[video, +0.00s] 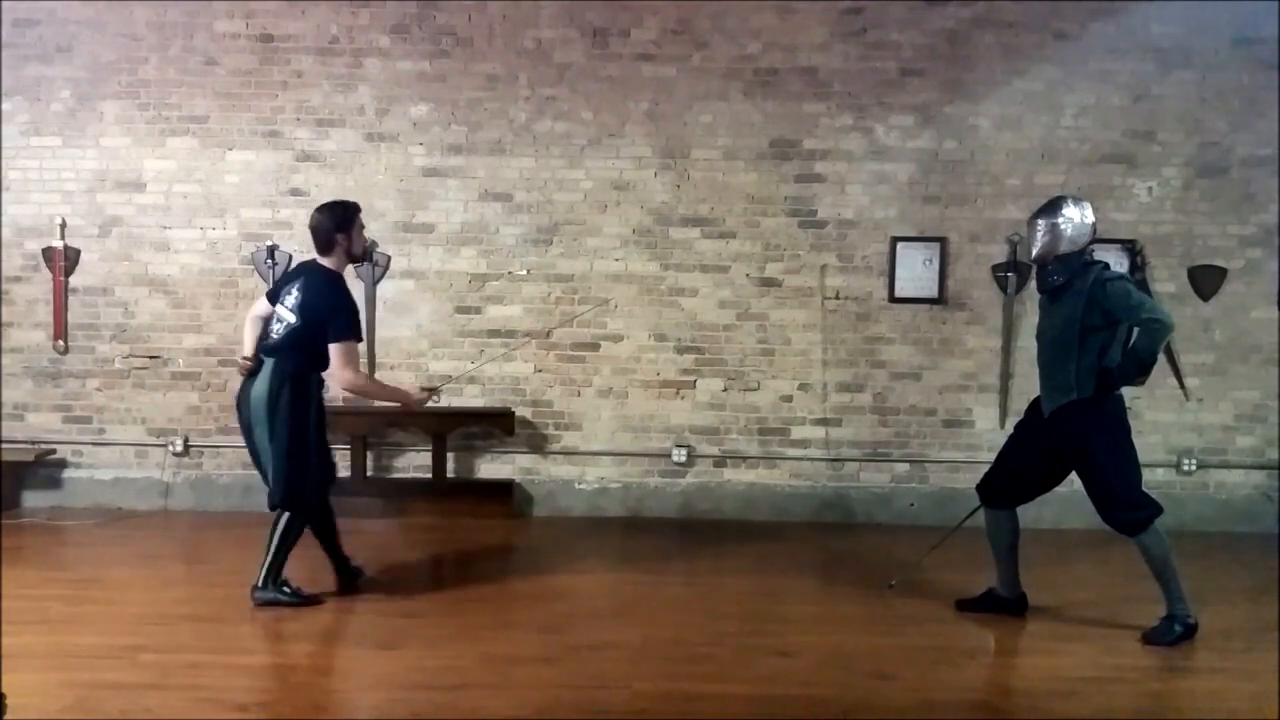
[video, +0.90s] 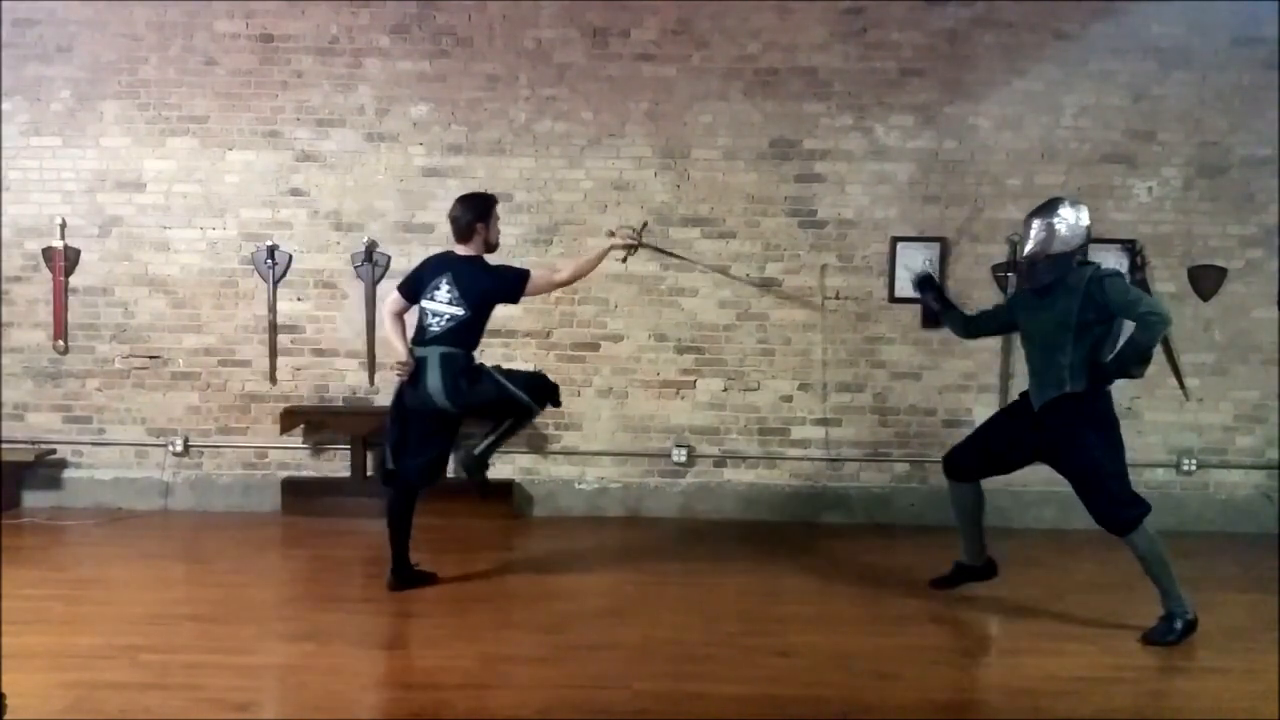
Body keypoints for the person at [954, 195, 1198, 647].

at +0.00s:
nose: (1036, 242)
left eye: (1043, 232)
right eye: (1035, 232)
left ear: (1068, 234)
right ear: (1056, 234)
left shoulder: (1101, 282)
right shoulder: (1055, 284)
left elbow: (1158, 321)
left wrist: (1127, 372)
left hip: (1095, 415)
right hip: (1052, 413)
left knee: (1130, 512)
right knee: (996, 492)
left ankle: (1180, 614)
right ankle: (1008, 593)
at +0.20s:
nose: (1036, 241)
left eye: (1045, 231)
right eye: (1036, 231)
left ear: (1070, 233)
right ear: (1054, 234)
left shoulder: (1100, 281)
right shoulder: (1057, 284)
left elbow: (1157, 321)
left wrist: (1125, 373)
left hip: (1096, 416)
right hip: (1053, 413)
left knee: (1130, 512)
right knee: (996, 492)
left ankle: (1181, 614)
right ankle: (1008, 593)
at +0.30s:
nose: (1036, 241)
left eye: (1045, 231)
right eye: (1036, 231)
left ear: (1070, 233)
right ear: (1055, 234)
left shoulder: (1100, 281)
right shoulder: (1056, 282)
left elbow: (1157, 321)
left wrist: (1126, 372)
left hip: (1095, 416)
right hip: (1053, 413)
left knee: (1131, 512)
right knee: (996, 492)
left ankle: (1181, 614)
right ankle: (1008, 593)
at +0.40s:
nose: (1038, 240)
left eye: (1047, 231)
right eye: (1038, 231)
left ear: (1072, 234)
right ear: (1052, 235)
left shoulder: (1101, 281)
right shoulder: (1057, 283)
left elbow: (1158, 321)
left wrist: (1123, 373)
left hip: (1096, 416)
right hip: (1053, 413)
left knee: (1129, 511)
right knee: (996, 492)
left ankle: (1180, 613)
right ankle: (1008, 592)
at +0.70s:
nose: (1042, 243)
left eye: (1052, 233)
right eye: (1041, 232)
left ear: (1076, 235)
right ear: (1049, 235)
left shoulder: (1106, 282)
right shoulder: (1056, 292)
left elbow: (1161, 320)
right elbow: (1059, 359)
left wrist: (1125, 373)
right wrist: (1021, 378)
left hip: (1098, 416)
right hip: (1053, 415)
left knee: (1129, 511)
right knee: (996, 492)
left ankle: (1180, 613)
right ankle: (1008, 592)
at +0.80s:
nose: (1042, 242)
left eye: (1053, 231)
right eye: (1041, 231)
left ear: (1077, 235)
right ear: (1042, 235)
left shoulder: (1105, 282)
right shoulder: (1046, 299)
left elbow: (1163, 319)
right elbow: (1008, 350)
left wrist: (1126, 370)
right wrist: (973, 345)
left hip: (1094, 414)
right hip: (1046, 414)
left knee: (1124, 513)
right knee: (981, 482)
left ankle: (1179, 613)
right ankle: (999, 579)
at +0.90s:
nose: (1031, 249)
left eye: (1040, 240)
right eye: (1031, 239)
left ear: (1064, 244)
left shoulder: (1098, 283)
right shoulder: (1027, 301)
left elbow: (1155, 318)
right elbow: (967, 326)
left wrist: (1121, 366)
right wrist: (936, 298)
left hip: (1084, 413)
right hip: (1036, 412)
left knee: (1121, 514)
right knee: (960, 465)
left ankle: (1178, 610)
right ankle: (974, 561)